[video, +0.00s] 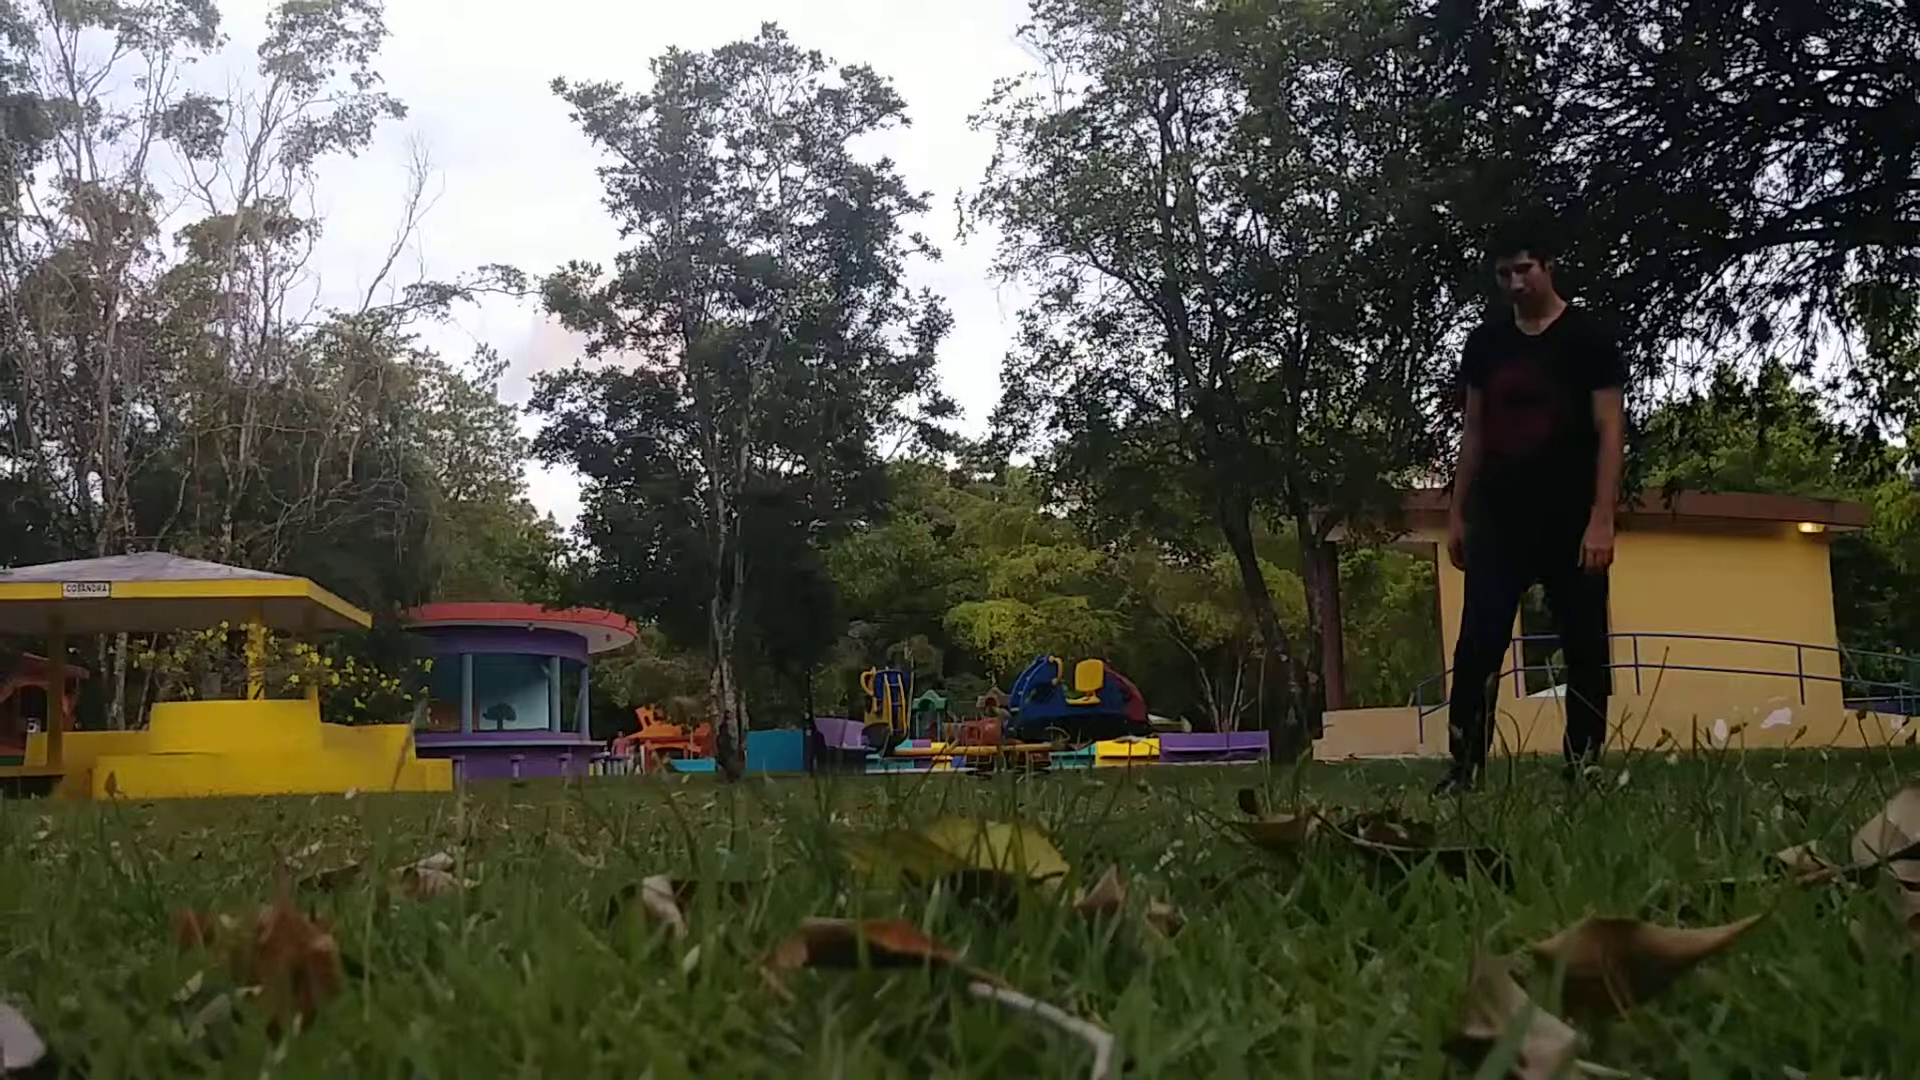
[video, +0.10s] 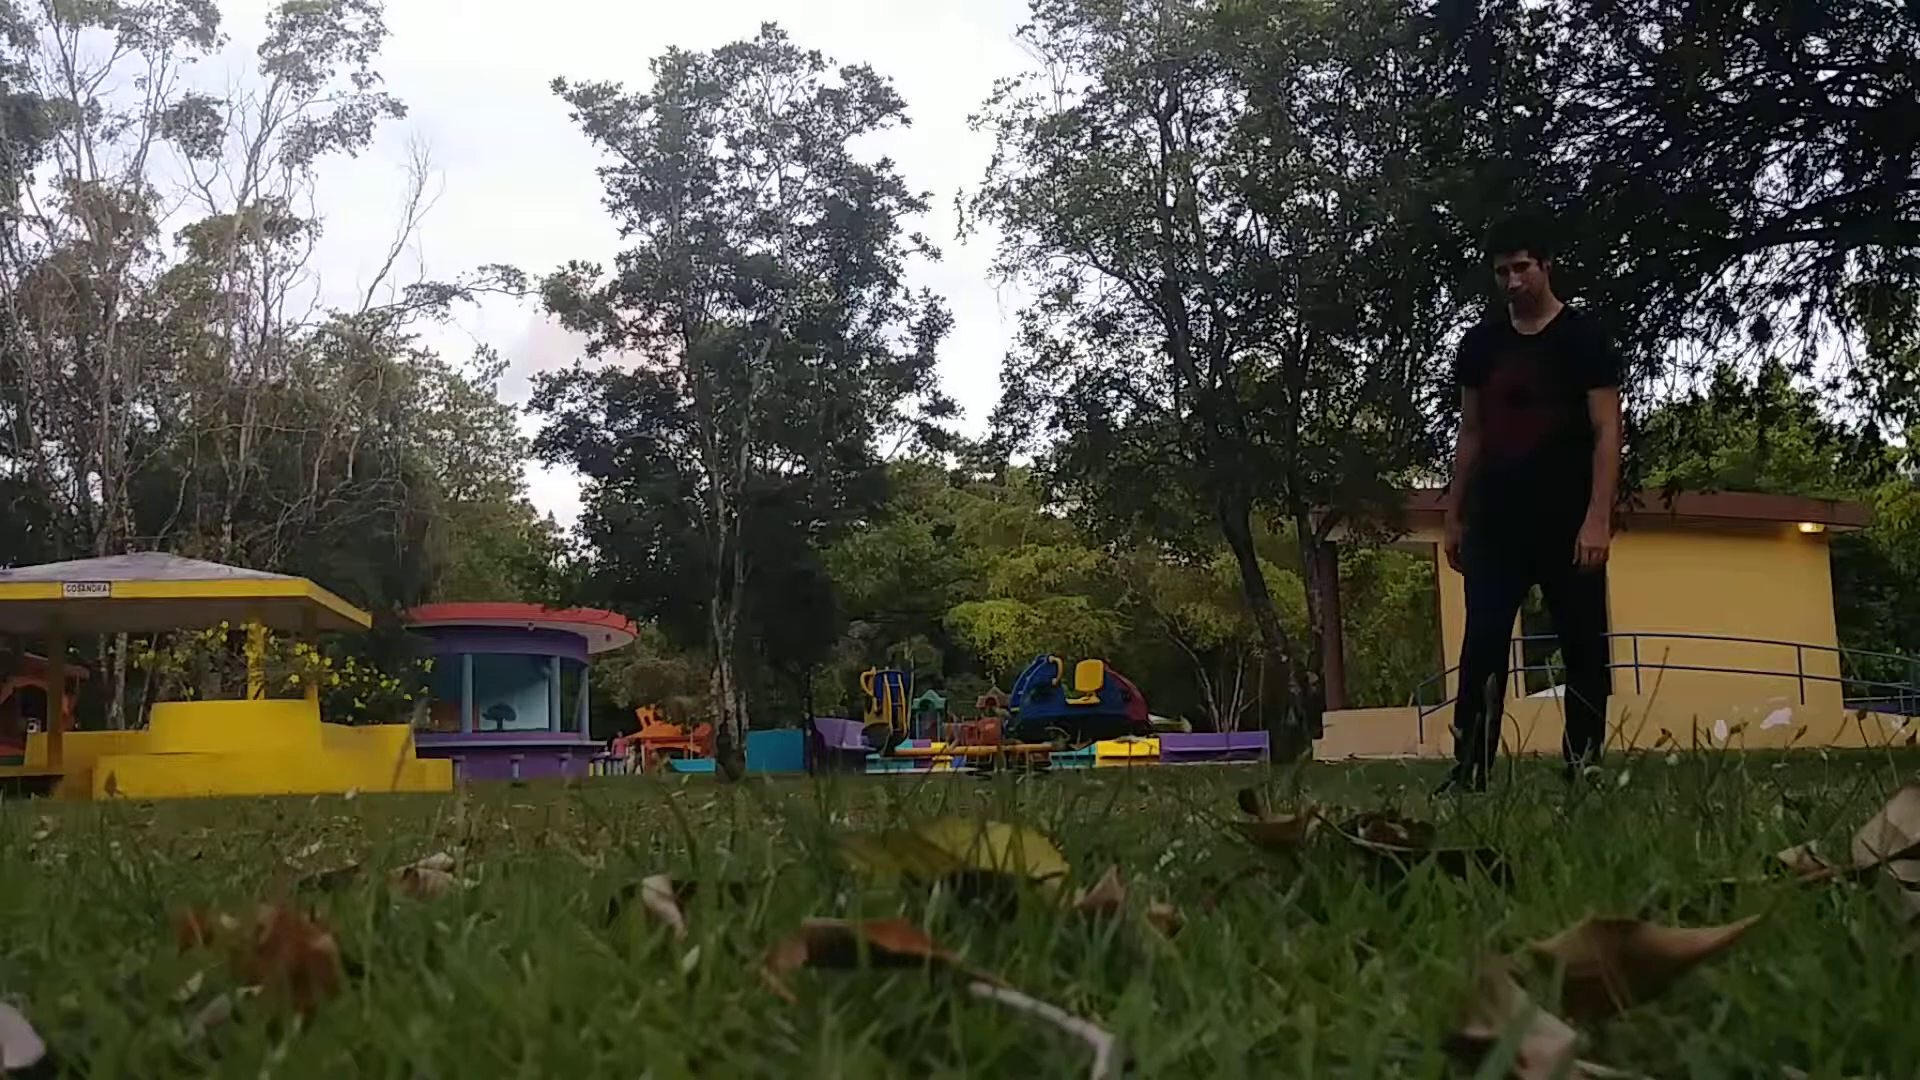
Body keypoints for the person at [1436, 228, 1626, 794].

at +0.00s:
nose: (1514, 280)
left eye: (1523, 269)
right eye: (1505, 272)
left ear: (1547, 268)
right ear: (1497, 279)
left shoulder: (1589, 338)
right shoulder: (1485, 341)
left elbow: (1611, 434)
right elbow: (1472, 433)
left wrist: (1602, 519)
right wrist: (1458, 514)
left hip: (1570, 519)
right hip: (1497, 520)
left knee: (1586, 651)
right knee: (1476, 647)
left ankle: (1581, 764)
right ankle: (1466, 765)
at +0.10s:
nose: (1513, 280)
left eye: (1522, 268)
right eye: (1504, 271)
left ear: (1546, 268)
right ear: (1494, 277)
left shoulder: (1585, 336)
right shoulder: (1479, 344)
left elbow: (1609, 429)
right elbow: (1470, 432)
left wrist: (1599, 516)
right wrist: (1453, 515)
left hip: (1569, 520)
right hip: (1495, 520)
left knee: (1586, 649)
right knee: (1481, 648)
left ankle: (1581, 764)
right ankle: (1472, 768)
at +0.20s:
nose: (1507, 276)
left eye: (1517, 265)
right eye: (1499, 268)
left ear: (1540, 267)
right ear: (1490, 275)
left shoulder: (1578, 336)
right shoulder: (1472, 341)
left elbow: (1602, 430)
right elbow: (1460, 432)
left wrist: (1593, 515)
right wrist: (1444, 514)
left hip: (1564, 521)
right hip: (1490, 521)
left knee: (1584, 653)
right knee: (1476, 650)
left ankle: (1580, 770)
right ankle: (1468, 772)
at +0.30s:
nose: (1498, 274)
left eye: (1507, 263)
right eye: (1488, 266)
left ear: (1531, 266)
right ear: (1479, 277)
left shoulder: (1573, 338)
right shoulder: (1463, 345)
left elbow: (1594, 430)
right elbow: (1448, 430)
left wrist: (1589, 516)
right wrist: (1425, 505)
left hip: (1558, 520)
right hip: (1486, 520)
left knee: (1578, 653)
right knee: (1471, 650)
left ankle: (1581, 769)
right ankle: (1466, 772)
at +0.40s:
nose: (1489, 272)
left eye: (1497, 261)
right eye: (1479, 265)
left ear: (1520, 264)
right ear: (1470, 275)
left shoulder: (1565, 336)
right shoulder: (1454, 343)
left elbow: (1586, 427)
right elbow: (1438, 431)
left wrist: (1583, 516)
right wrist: (1410, 502)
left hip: (1551, 517)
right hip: (1479, 518)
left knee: (1571, 648)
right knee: (1466, 648)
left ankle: (1580, 769)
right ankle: (1467, 773)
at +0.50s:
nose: (1482, 271)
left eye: (1490, 260)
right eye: (1472, 264)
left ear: (1512, 264)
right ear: (1462, 274)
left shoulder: (1552, 334)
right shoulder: (1447, 344)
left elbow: (1577, 426)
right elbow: (1427, 431)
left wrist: (1574, 510)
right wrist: (1400, 508)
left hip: (1540, 512)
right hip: (1470, 515)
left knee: (1563, 646)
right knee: (1462, 646)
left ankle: (1579, 767)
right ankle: (1467, 771)